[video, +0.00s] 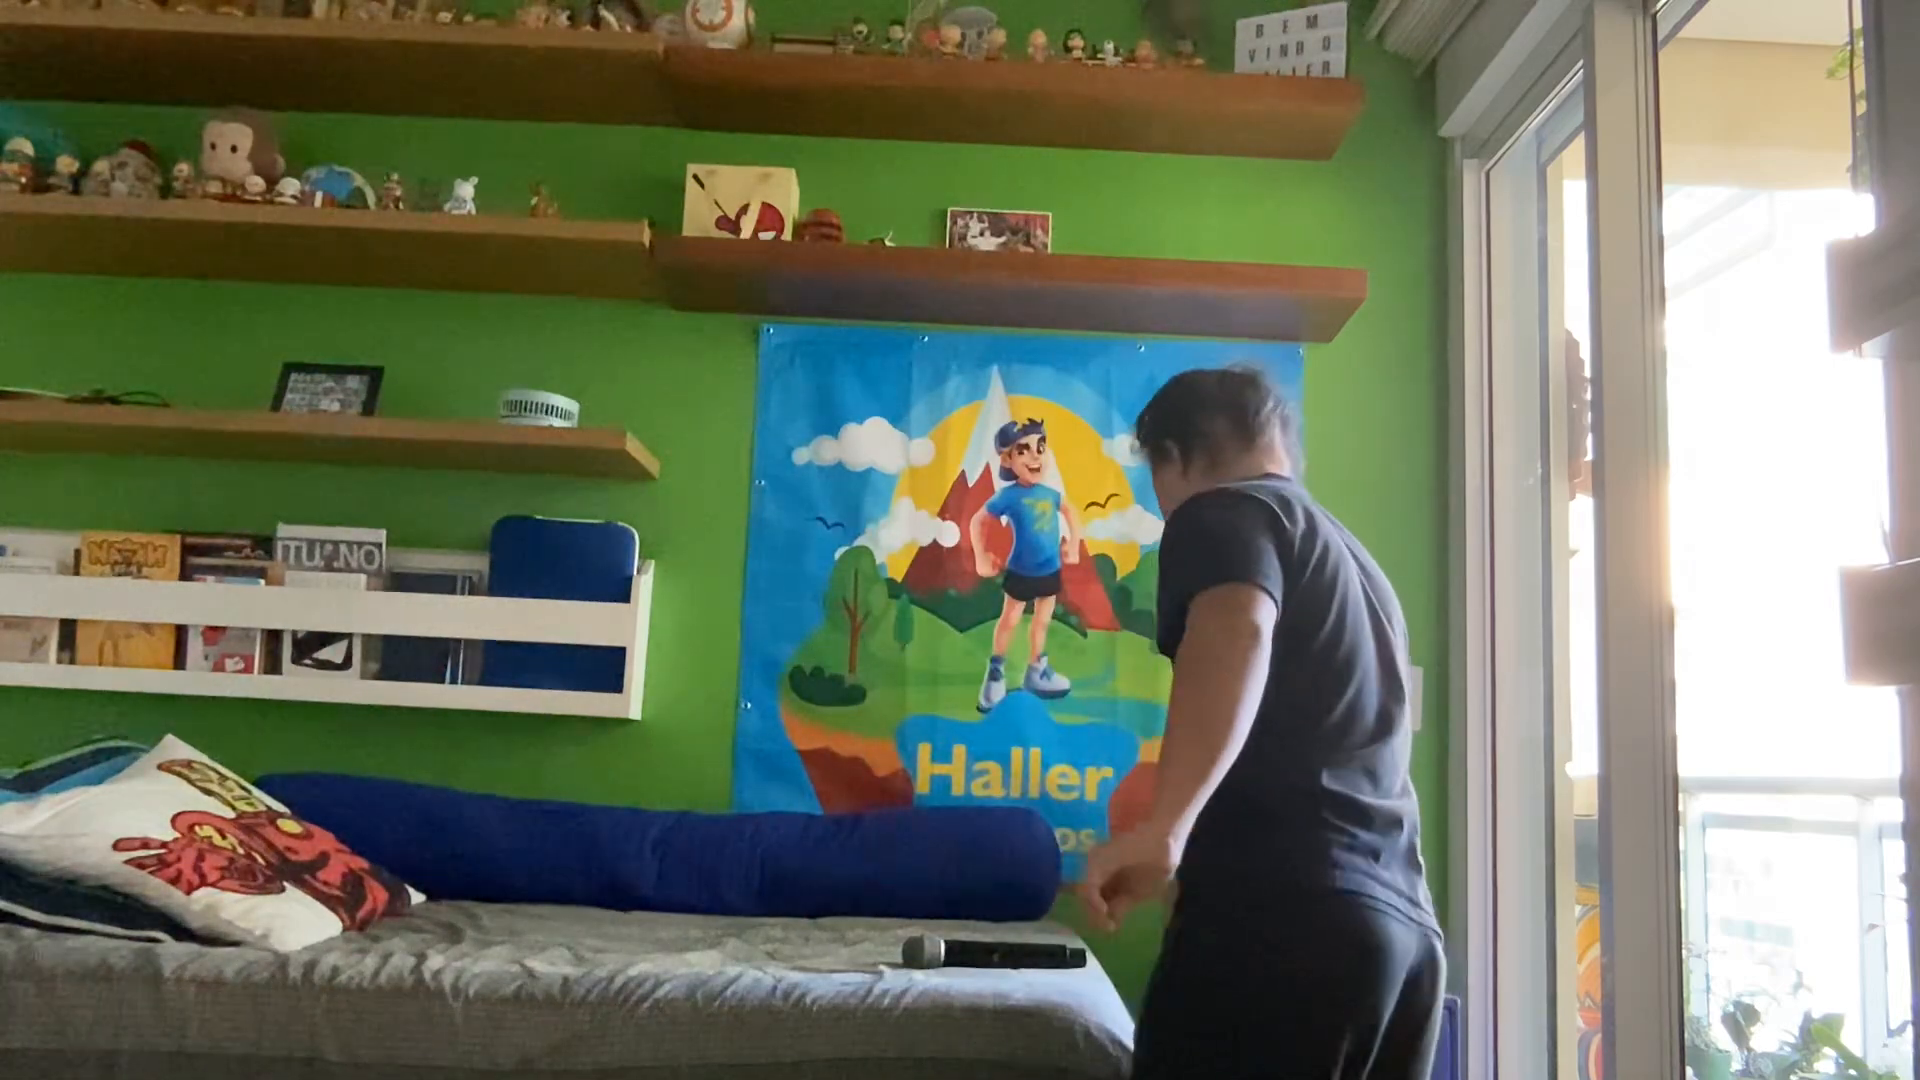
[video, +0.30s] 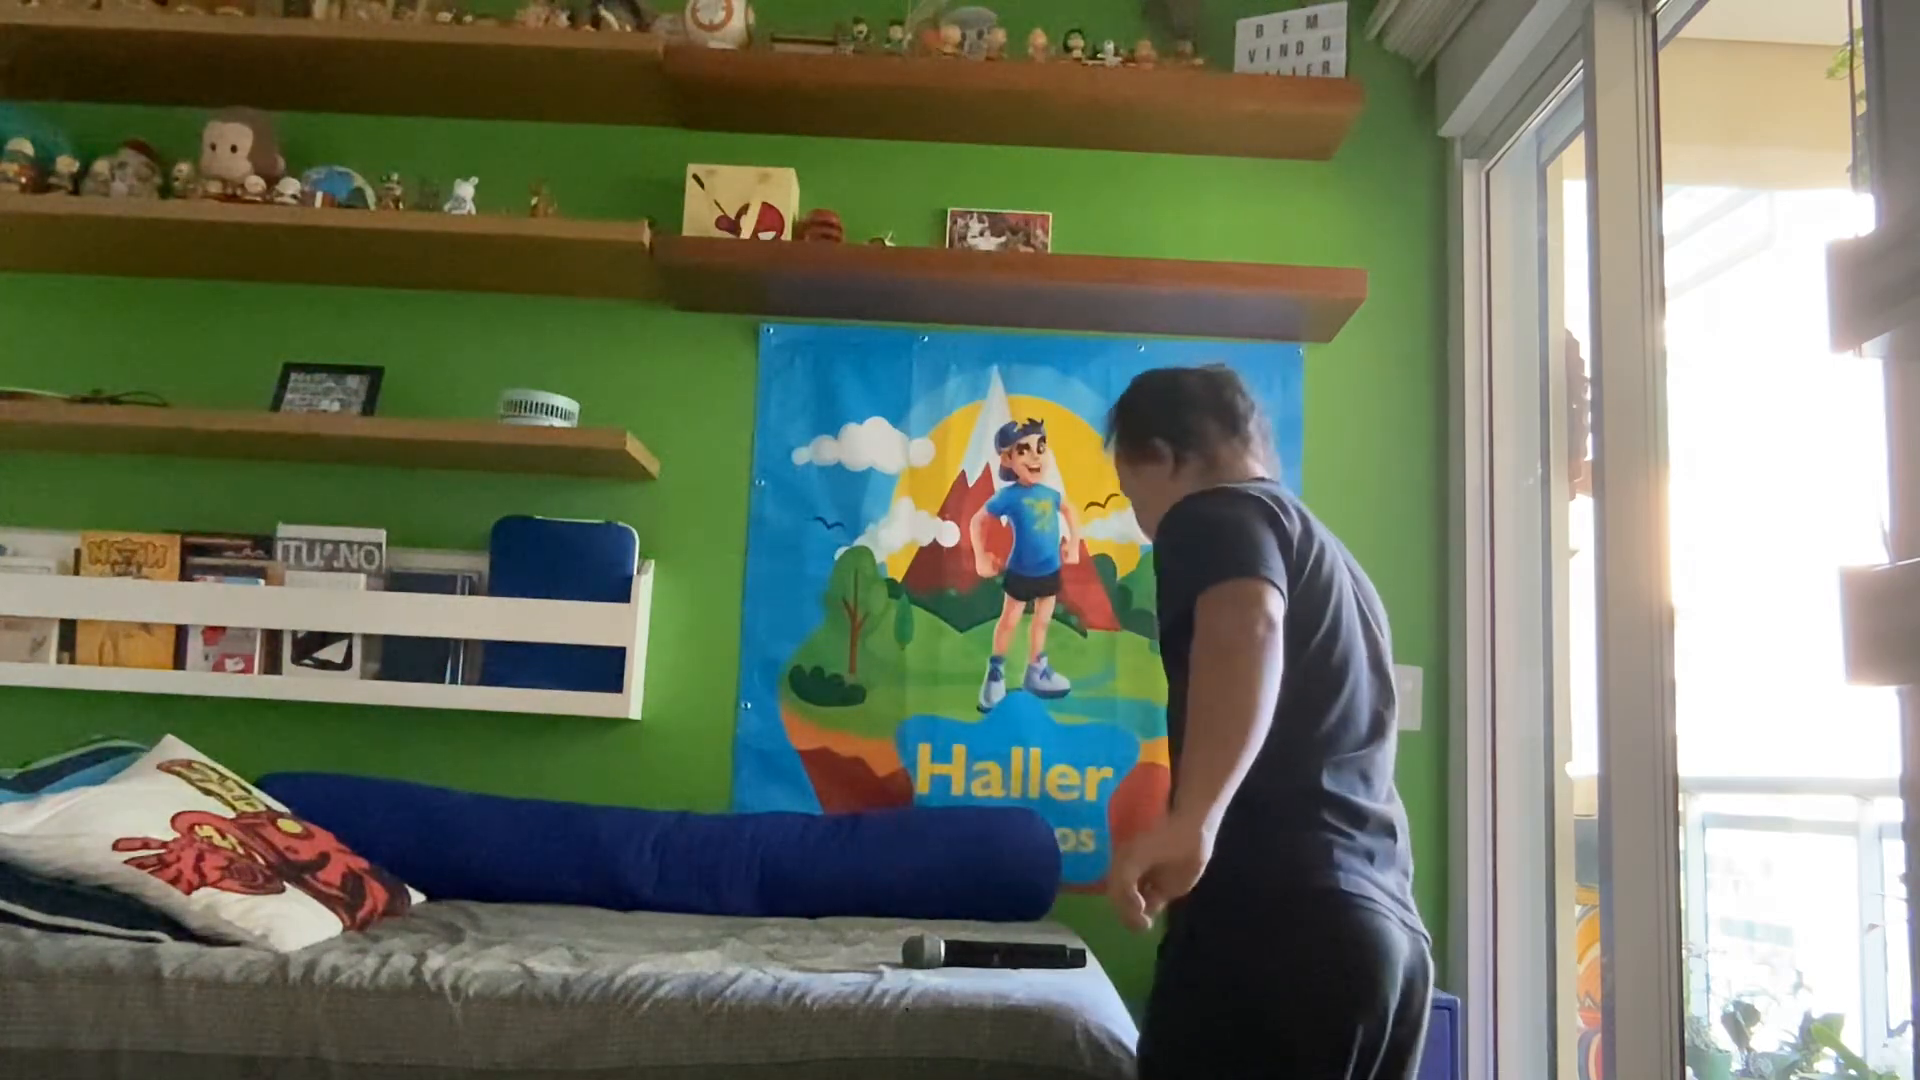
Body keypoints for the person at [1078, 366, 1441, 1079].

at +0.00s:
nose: (1162, 502)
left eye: (1158, 479)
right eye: (1157, 484)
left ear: (1180, 456)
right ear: (1281, 450)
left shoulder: (1228, 509)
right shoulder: (1363, 565)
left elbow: (1238, 626)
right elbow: (1394, 723)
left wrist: (1163, 826)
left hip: (1287, 920)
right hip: (1409, 937)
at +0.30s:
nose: (1141, 519)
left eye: (1131, 490)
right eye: (1129, 497)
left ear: (1164, 453)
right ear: (1251, 448)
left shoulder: (1221, 510)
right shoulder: (1348, 571)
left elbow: (1247, 625)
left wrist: (1190, 821)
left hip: (1287, 920)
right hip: (1398, 934)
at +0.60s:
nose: (1057, 504)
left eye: (1051, 474)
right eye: (1045, 480)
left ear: (1115, 442)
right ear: (1184, 442)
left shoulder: (1159, 509)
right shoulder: (1272, 550)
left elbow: (1193, 628)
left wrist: (1155, 824)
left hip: (1235, 932)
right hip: (1346, 945)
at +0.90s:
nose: (920, 397)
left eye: (942, 360)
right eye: (908, 370)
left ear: (1039, 346)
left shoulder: (1056, 483)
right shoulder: (1113, 484)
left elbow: (1147, 694)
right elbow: (1204, 682)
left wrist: (1185, 958)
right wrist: (1244, 835)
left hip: (1082, 983)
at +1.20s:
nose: (881, 276)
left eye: (922, 246)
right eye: (851, 252)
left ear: (995, 270)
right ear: (818, 278)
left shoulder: (1041, 465)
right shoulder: (838, 480)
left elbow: (1120, 739)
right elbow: (828, 704)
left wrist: (1137, 1003)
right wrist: (743, 832)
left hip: (996, 989)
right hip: (844, 976)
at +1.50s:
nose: (878, 269)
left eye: (909, 243)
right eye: (842, 242)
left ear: (949, 271)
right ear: (780, 261)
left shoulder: (1003, 478)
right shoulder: (687, 468)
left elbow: (1048, 737)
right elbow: (576, 674)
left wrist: (1013, 969)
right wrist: (443, 842)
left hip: (953, 971)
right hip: (751, 965)